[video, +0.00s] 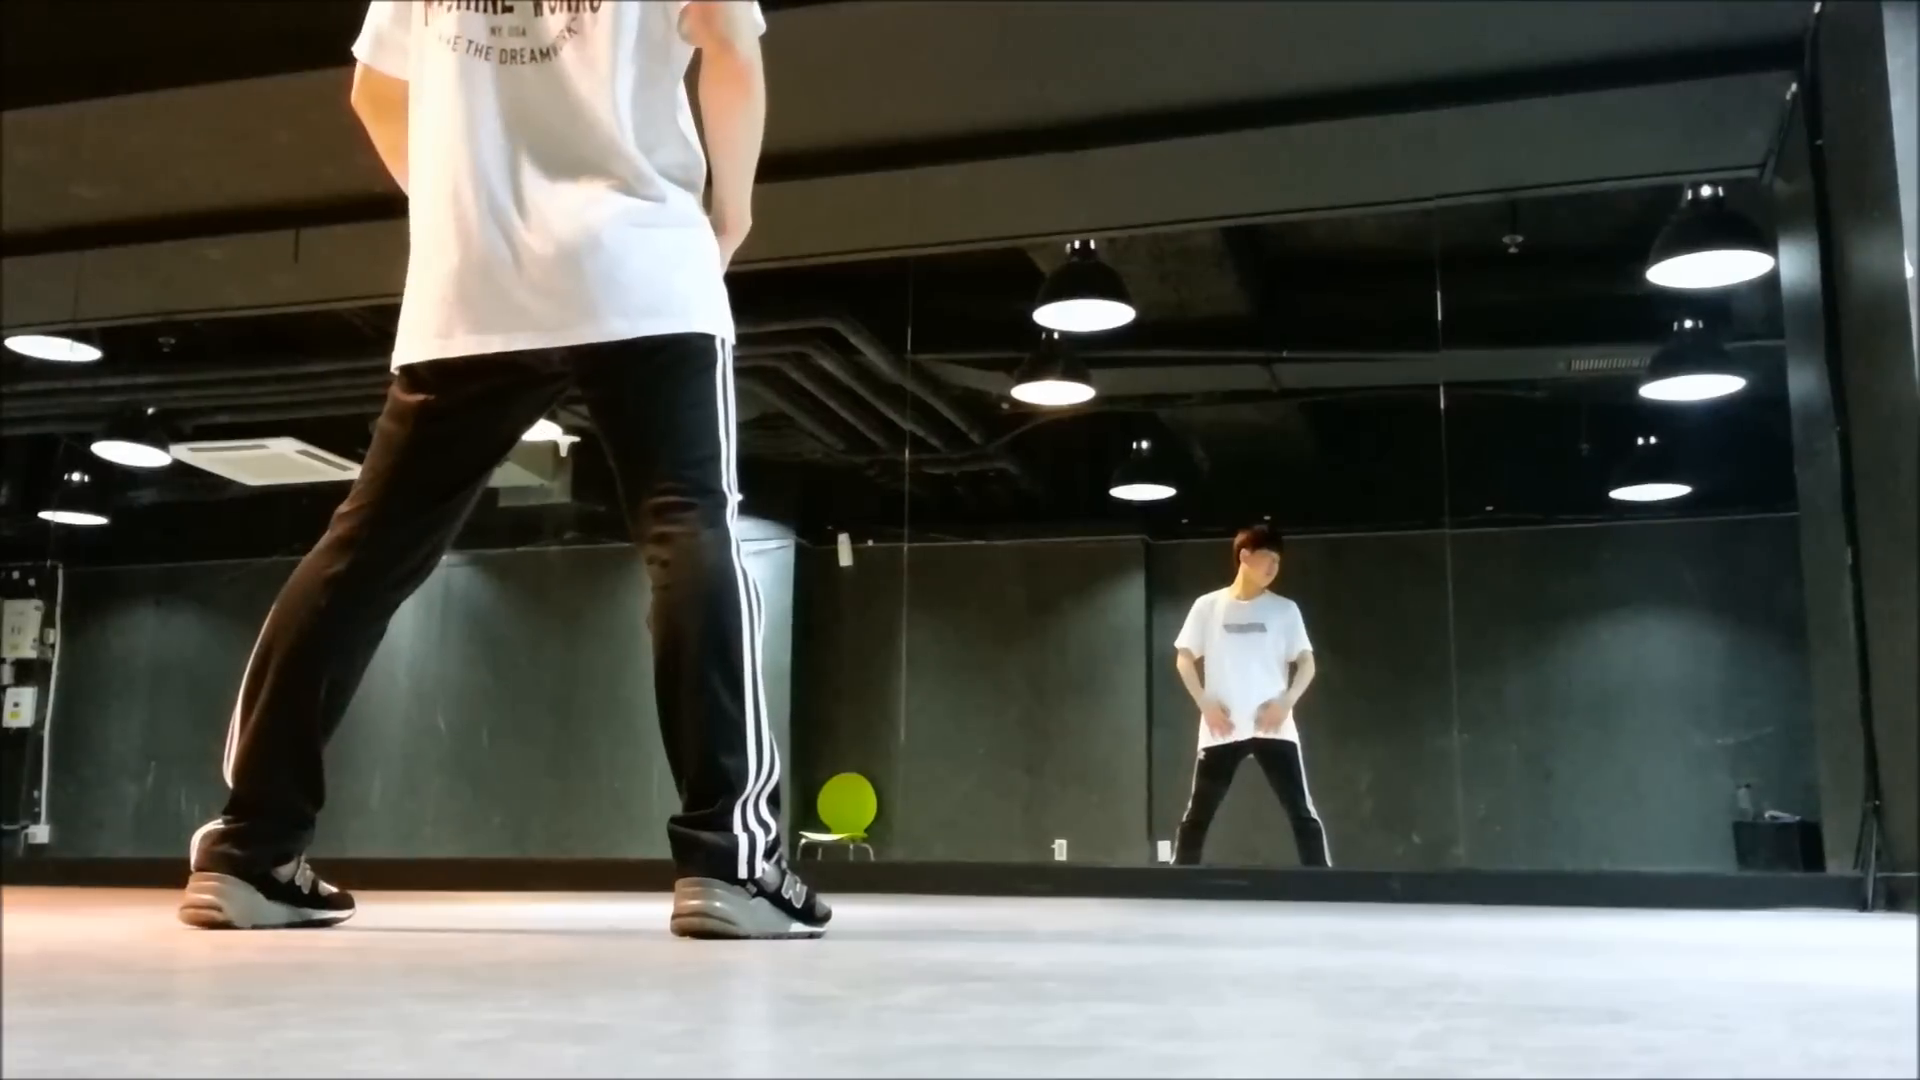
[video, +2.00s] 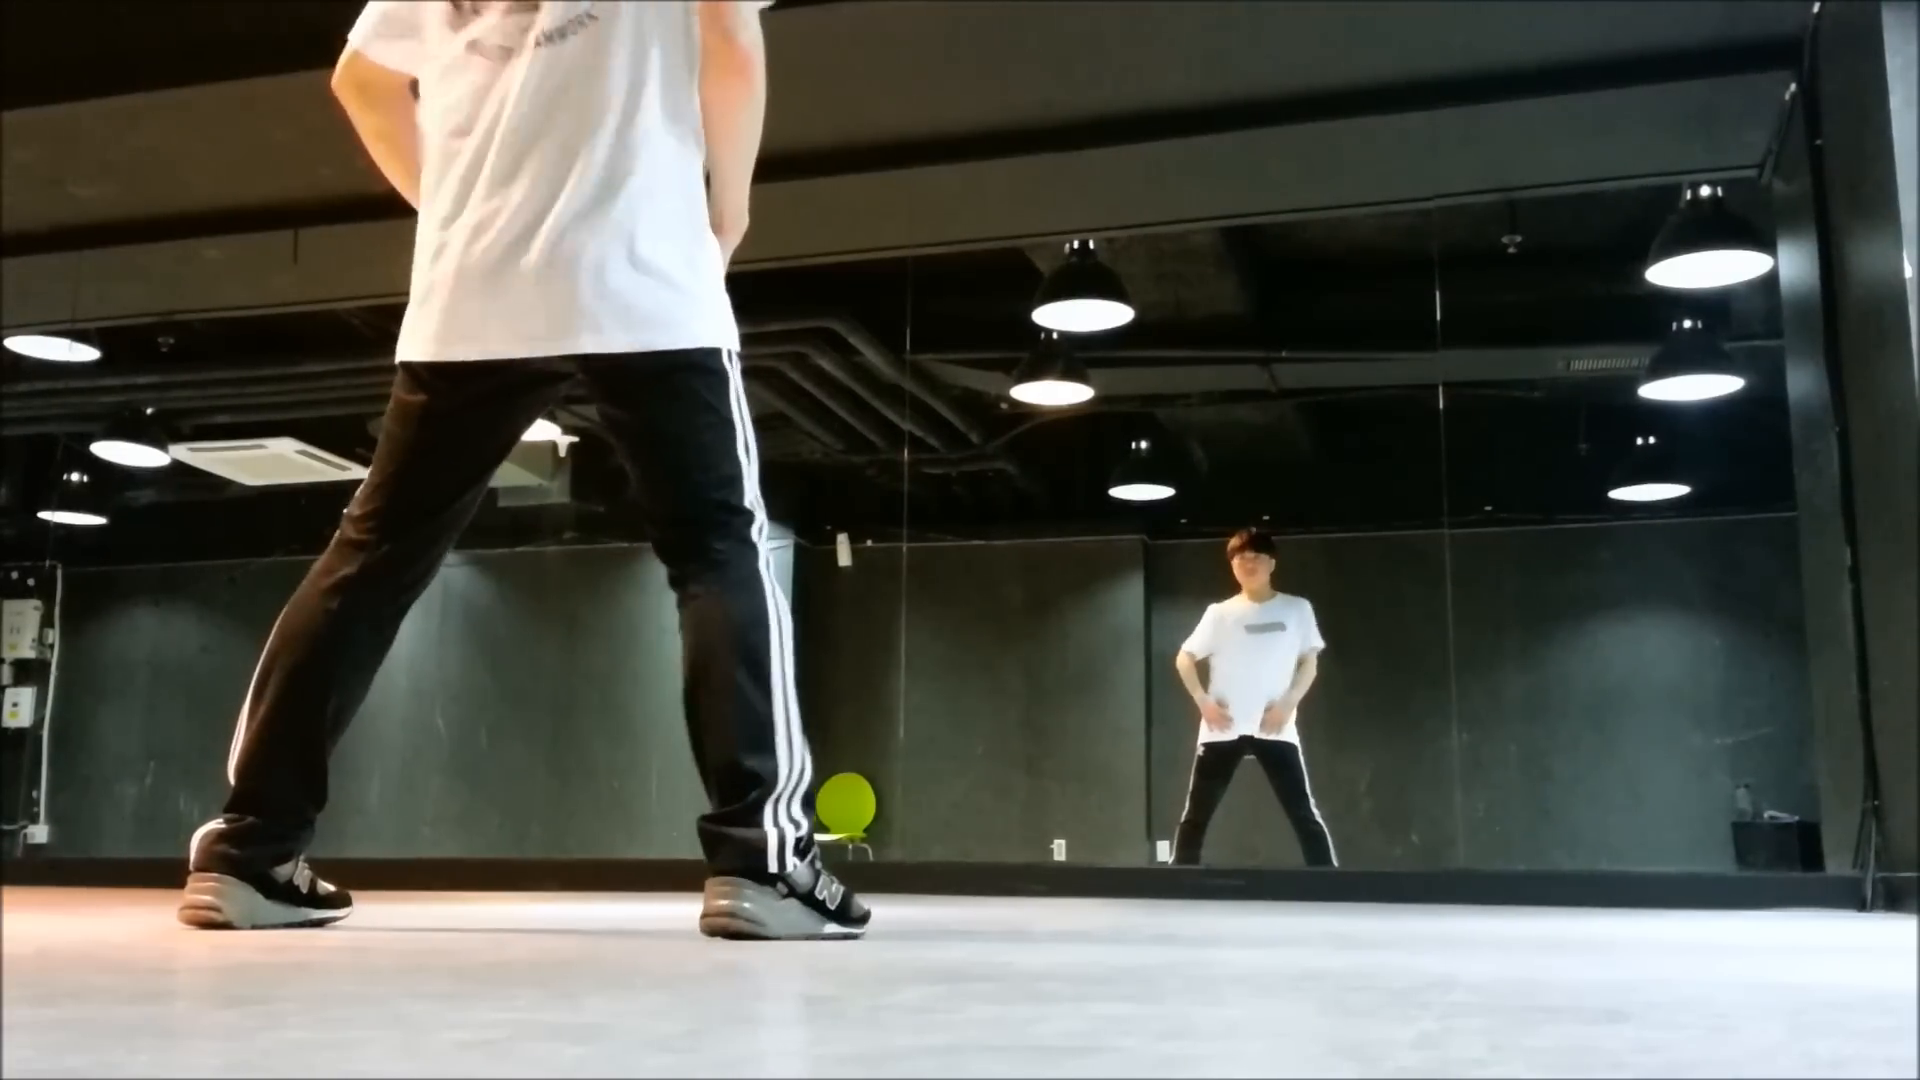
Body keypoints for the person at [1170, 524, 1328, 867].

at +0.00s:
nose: (1272, 566)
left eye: (1276, 559)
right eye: (1265, 557)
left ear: (1279, 563)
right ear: (1243, 557)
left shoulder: (1286, 610)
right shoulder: (1207, 606)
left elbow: (1307, 665)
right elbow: (1184, 659)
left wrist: (1285, 702)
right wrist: (1205, 703)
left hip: (1275, 732)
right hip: (1221, 732)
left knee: (1302, 814)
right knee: (1197, 816)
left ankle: (1323, 890)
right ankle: (1179, 891)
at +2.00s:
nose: (1248, 564)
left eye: (1256, 557)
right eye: (1241, 558)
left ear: (1272, 563)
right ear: (1232, 565)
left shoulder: (1298, 609)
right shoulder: (1219, 613)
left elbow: (1309, 665)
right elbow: (1184, 658)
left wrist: (1286, 705)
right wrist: (1204, 703)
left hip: (1275, 731)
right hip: (1222, 731)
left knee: (1304, 816)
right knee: (1195, 817)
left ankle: (1331, 889)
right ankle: (1179, 892)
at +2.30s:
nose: (1249, 566)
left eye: (1257, 559)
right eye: (1241, 559)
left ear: (1269, 566)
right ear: (1230, 565)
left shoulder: (1287, 616)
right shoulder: (1210, 614)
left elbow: (1318, 666)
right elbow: (1181, 662)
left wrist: (1291, 701)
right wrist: (1203, 700)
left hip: (1278, 732)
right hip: (1224, 732)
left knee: (1307, 814)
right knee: (1198, 816)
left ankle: (1333, 888)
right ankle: (1179, 890)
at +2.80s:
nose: (1248, 562)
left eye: (1256, 555)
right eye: (1241, 556)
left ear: (1270, 561)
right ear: (1231, 563)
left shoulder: (1291, 611)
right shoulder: (1217, 613)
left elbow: (1314, 663)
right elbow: (1187, 660)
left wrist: (1295, 699)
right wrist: (1203, 697)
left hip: (1278, 729)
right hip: (1226, 729)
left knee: (1307, 813)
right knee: (1196, 815)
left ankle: (1333, 888)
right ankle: (1175, 888)